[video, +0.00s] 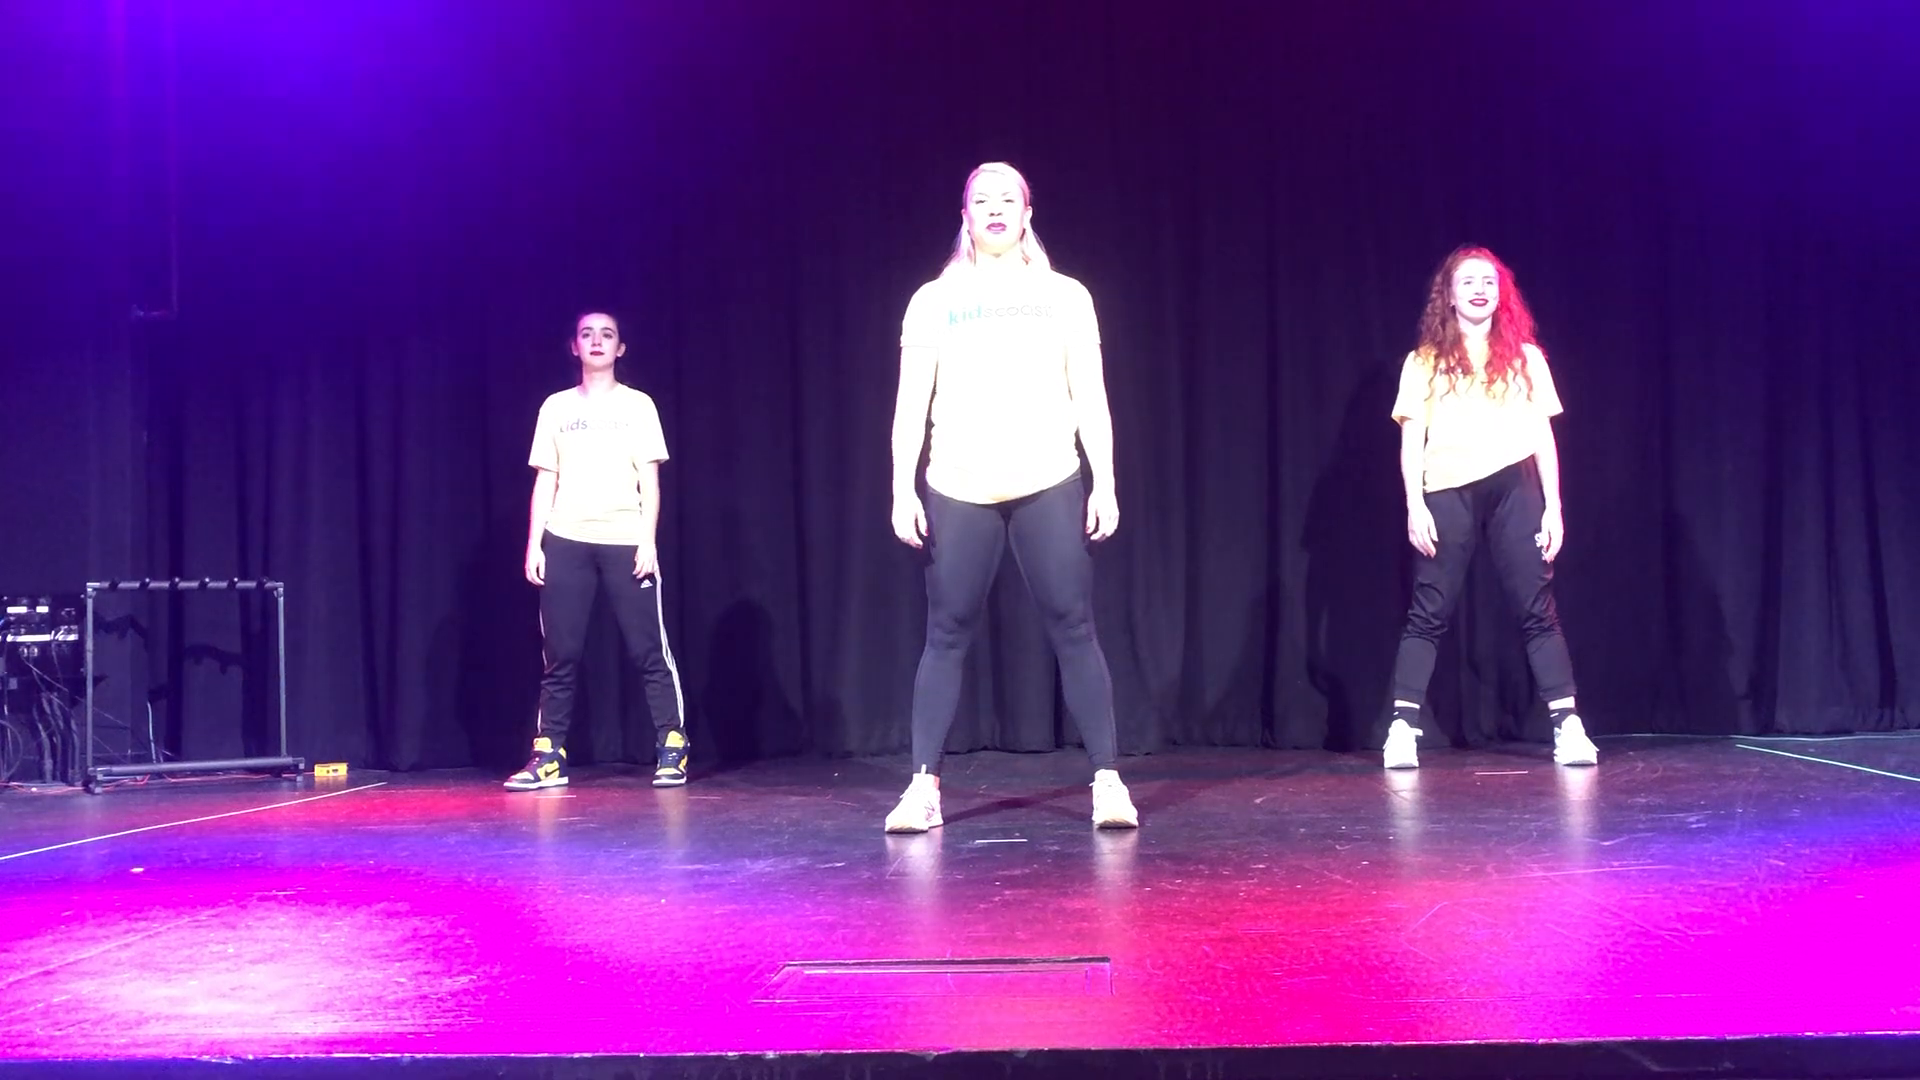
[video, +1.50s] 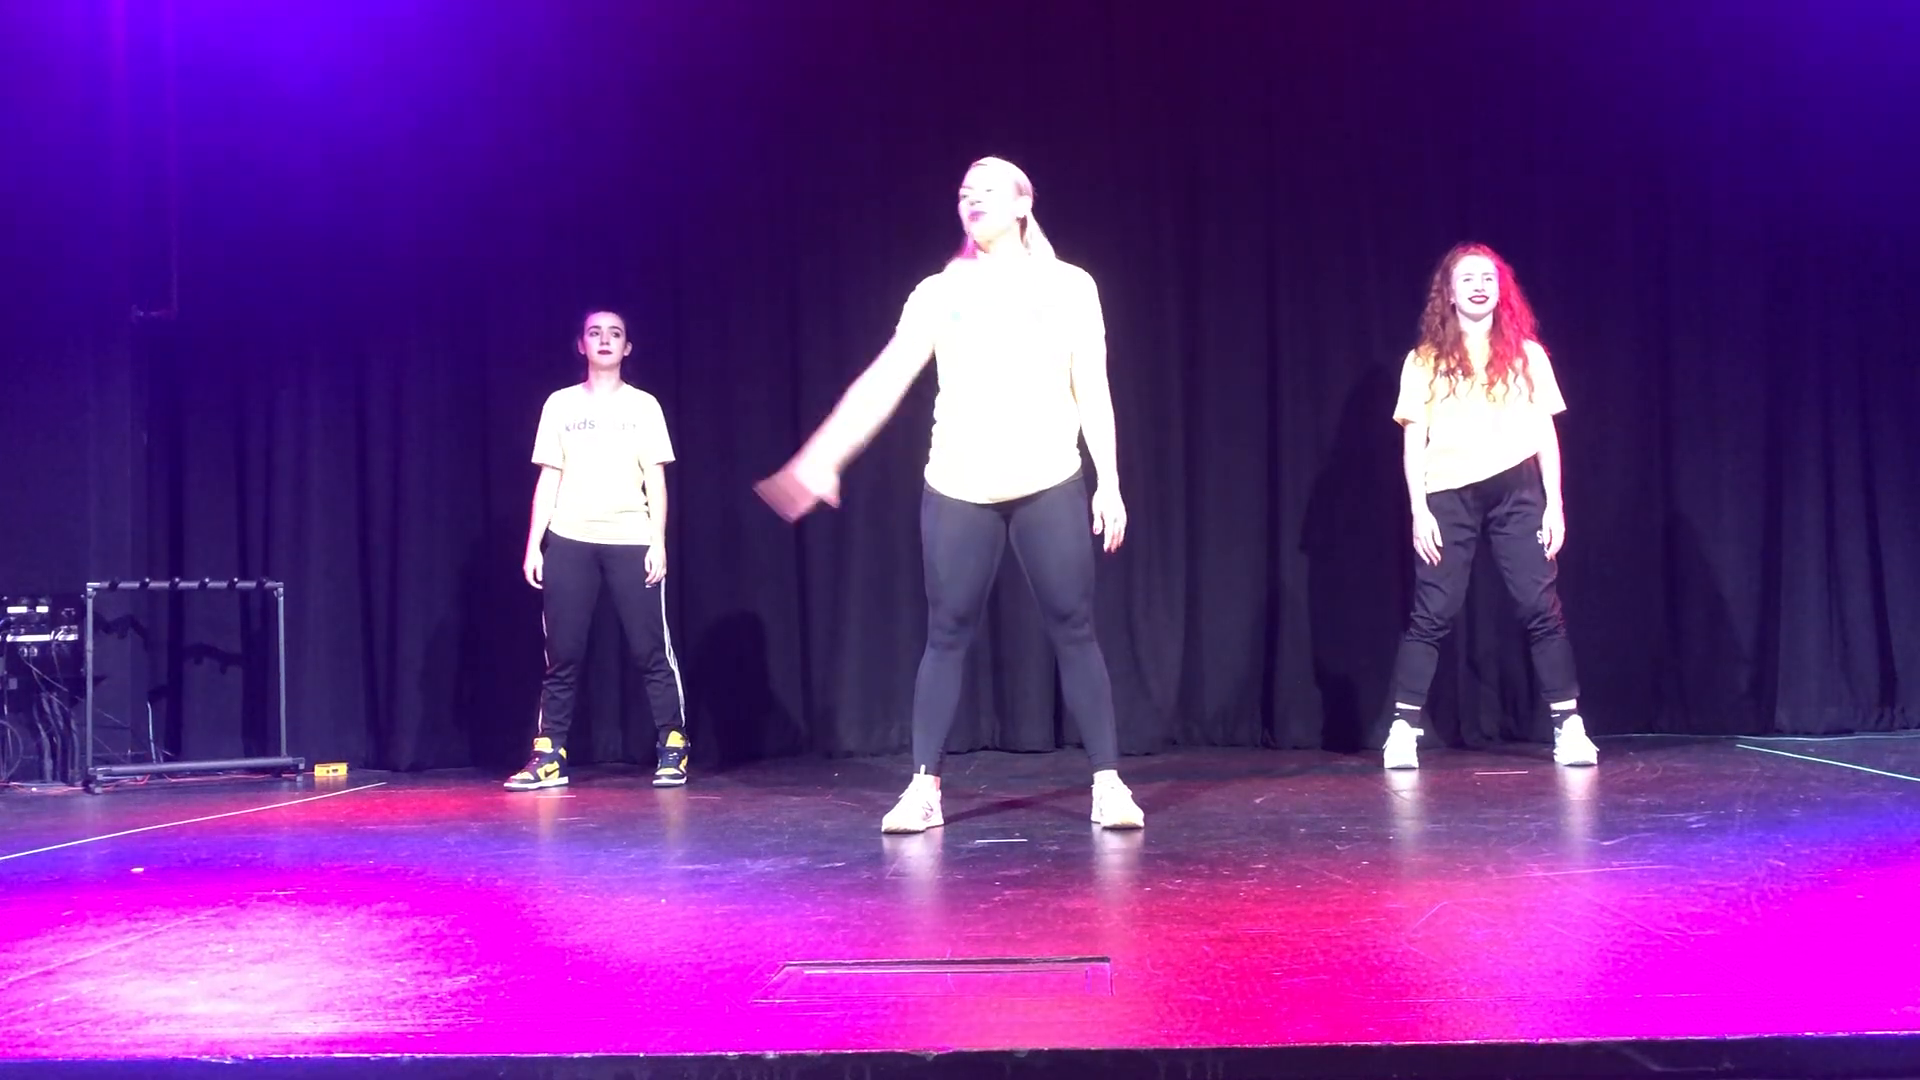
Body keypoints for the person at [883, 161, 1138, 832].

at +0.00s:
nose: (995, 211)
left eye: (1006, 201)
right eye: (983, 201)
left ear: (1027, 212)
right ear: (965, 213)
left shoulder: (1068, 296)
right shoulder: (932, 301)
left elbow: (1090, 393)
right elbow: (912, 403)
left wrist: (1103, 480)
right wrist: (903, 488)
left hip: (1048, 482)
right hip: (960, 486)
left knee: (1073, 623)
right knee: (947, 628)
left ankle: (1106, 777)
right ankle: (923, 783)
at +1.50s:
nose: (971, 200)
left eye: (986, 188)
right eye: (965, 192)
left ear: (1024, 200)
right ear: (959, 210)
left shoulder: (1071, 287)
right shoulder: (939, 292)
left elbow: (1093, 391)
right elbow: (882, 382)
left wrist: (1108, 482)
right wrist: (820, 457)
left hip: (1049, 477)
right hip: (961, 482)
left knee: (1074, 623)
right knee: (947, 627)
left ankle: (1106, 779)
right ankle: (924, 784)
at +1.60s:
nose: (950, 197)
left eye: (966, 186)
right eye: (949, 188)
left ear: (1009, 197)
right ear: (948, 204)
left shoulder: (1062, 276)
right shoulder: (933, 288)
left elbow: (1088, 382)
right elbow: (849, 350)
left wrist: (1105, 475)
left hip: (1044, 475)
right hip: (957, 482)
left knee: (1073, 621)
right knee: (948, 626)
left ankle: (1110, 779)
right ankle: (924, 783)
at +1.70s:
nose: (929, 195)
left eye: (946, 183)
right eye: (930, 186)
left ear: (987, 198)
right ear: (934, 206)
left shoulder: (1041, 274)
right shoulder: (918, 286)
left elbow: (1072, 378)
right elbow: (833, 331)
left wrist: (1093, 471)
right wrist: (812, 246)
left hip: (1032, 472)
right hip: (949, 482)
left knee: (1071, 618)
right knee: (940, 626)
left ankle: (1120, 771)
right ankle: (921, 783)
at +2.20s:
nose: (848, 259)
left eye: (861, 247)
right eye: (850, 248)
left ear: (903, 255)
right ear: (876, 260)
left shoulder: (956, 317)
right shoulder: (881, 340)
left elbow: (1002, 409)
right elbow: (813, 394)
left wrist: (1027, 503)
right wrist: (833, 315)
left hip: (1017, 490)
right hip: (952, 506)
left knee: (1049, 634)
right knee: (911, 629)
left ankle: (1144, 768)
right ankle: (917, 788)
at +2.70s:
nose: (911, 219)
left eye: (927, 208)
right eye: (908, 211)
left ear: (969, 218)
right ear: (905, 226)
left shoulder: (1025, 284)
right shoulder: (905, 300)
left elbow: (1088, 369)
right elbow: (845, 368)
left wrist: (1114, 451)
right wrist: (894, 287)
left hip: (1035, 480)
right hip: (950, 489)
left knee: (1084, 619)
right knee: (921, 626)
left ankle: (1127, 774)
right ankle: (917, 787)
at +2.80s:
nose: (975, 236)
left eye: (987, 226)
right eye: (962, 227)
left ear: (1008, 236)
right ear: (942, 238)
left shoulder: (1049, 308)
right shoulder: (924, 310)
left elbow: (1100, 396)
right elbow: (884, 376)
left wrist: (1144, 472)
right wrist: (940, 290)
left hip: (1048, 500)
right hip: (956, 504)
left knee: (1096, 630)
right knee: (907, 633)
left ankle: (1119, 780)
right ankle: (915, 788)